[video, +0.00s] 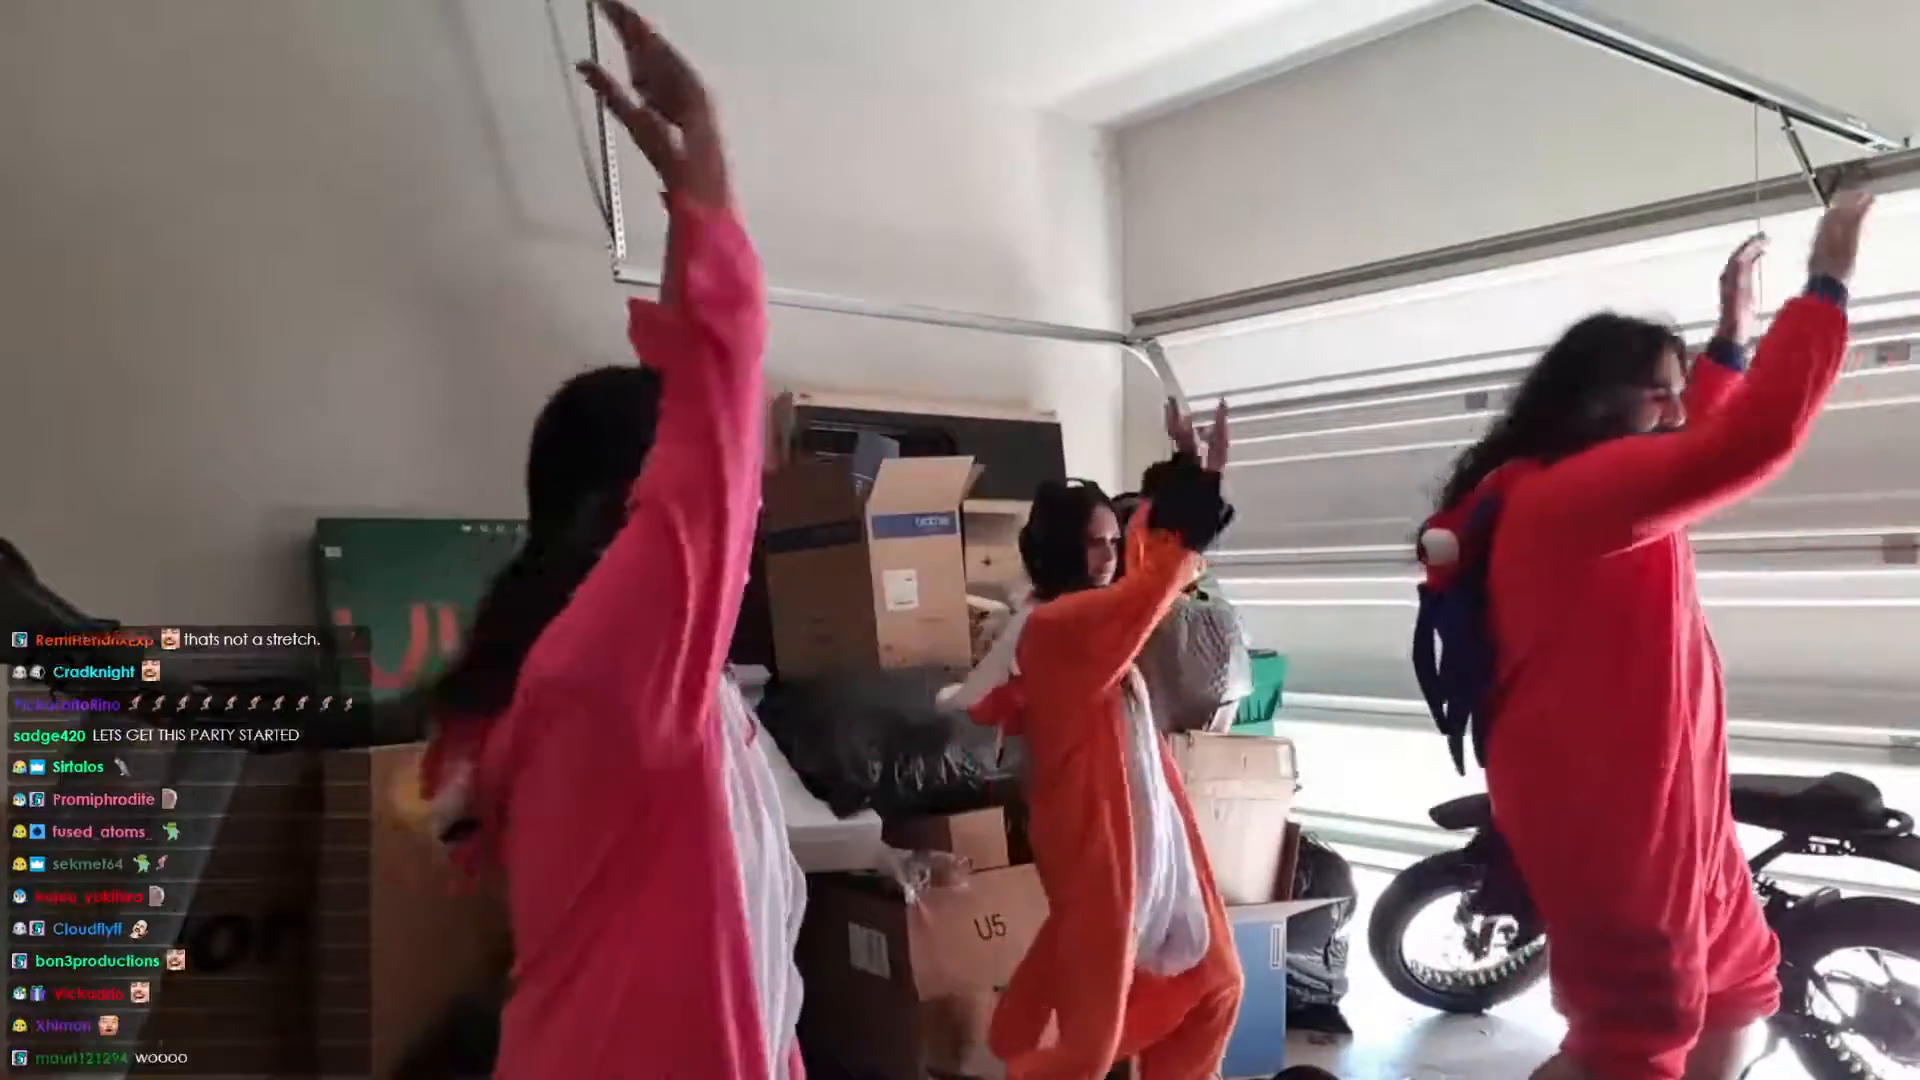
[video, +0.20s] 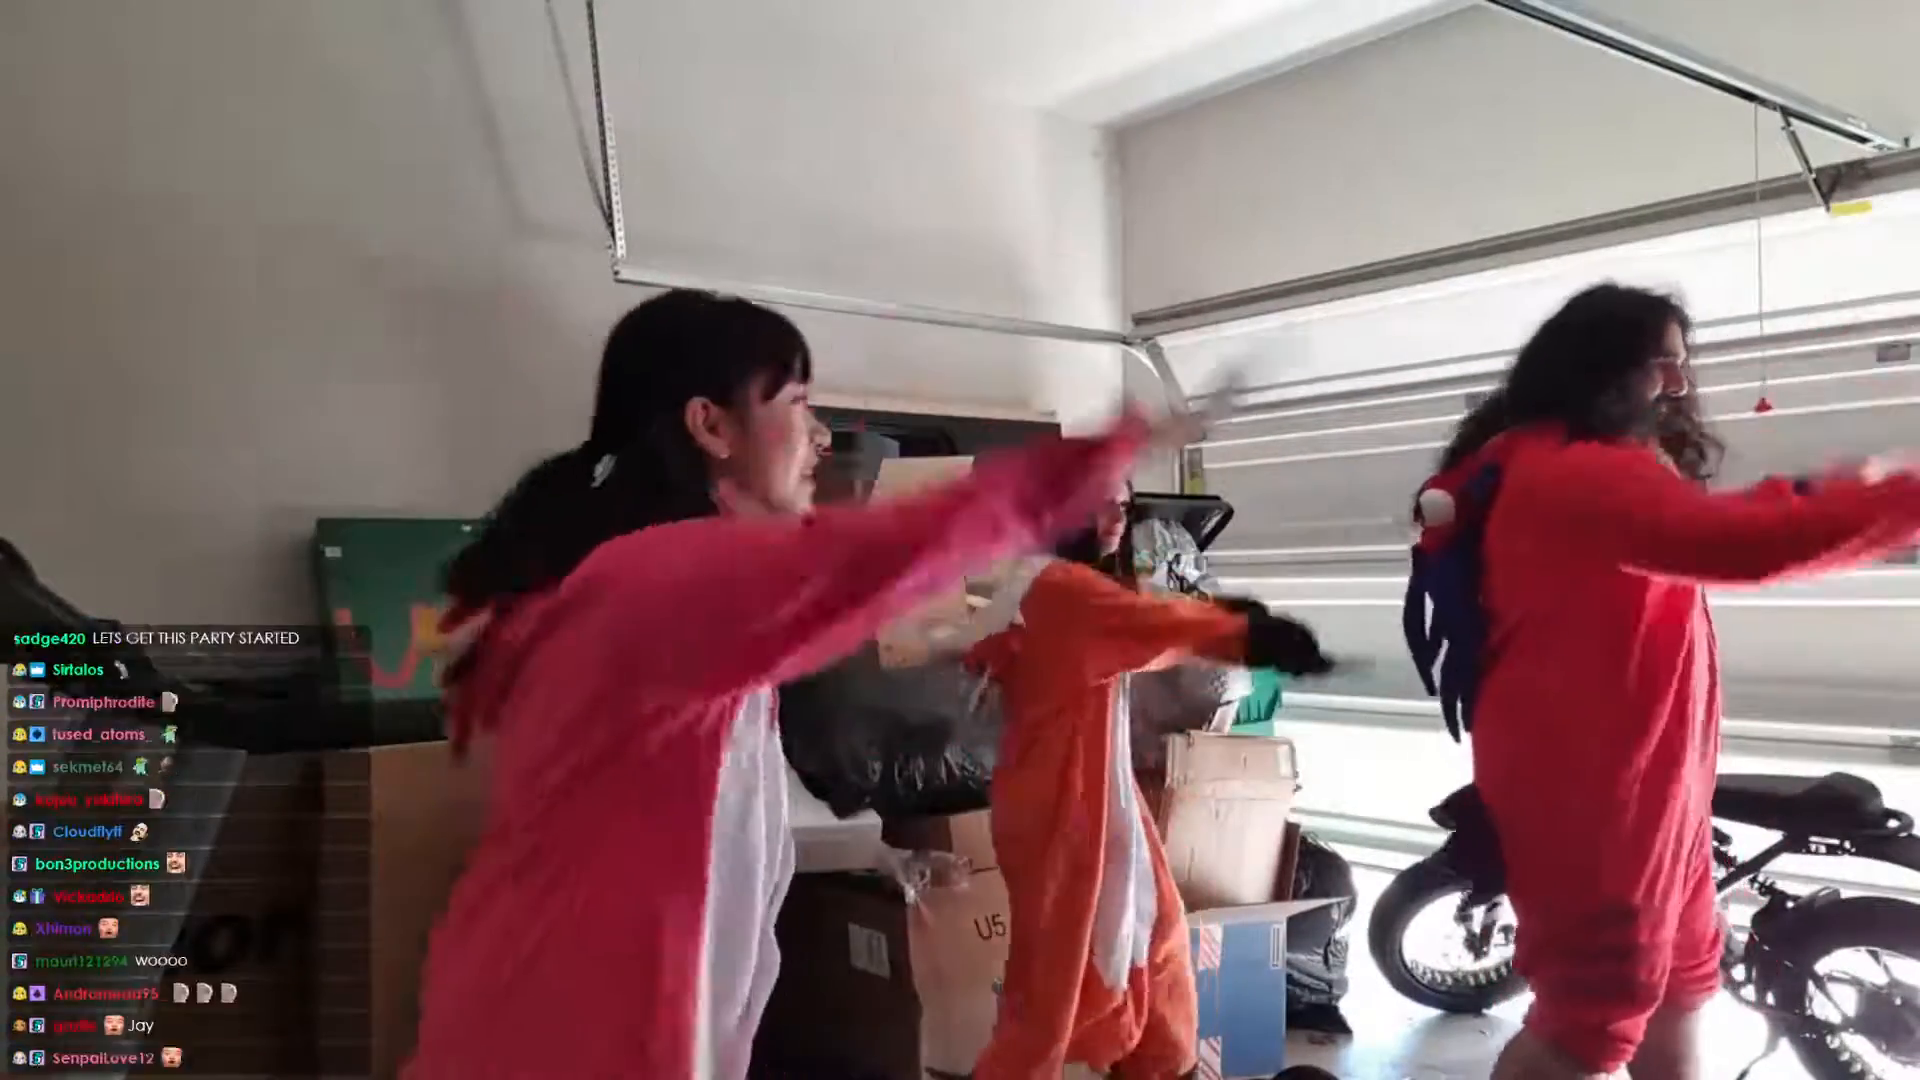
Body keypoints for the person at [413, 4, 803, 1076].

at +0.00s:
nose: (735, 518)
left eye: (728, 488)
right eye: (701, 485)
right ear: (630, 498)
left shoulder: (698, 696)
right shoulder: (602, 684)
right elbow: (702, 475)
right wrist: (702, 192)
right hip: (639, 1066)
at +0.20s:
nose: (821, 434)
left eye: (810, 403)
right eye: (795, 403)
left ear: (714, 432)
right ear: (711, 427)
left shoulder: (694, 601)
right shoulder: (637, 586)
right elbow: (876, 554)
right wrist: (1099, 461)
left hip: (658, 1026)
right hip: (576, 1036)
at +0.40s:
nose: (912, 538)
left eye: (901, 514)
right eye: (885, 514)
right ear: (799, 547)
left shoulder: (777, 723)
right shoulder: (714, 739)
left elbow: (791, 976)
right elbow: (740, 1031)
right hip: (487, 1051)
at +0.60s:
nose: (791, 461)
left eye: (783, 430)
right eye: (765, 424)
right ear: (672, 436)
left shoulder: (659, 611)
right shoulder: (634, 628)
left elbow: (800, 794)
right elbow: (807, 878)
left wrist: (936, 905)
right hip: (551, 1051)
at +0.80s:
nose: (705, 483)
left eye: (700, 457)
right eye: (685, 458)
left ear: (602, 494)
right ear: (610, 488)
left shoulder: (541, 652)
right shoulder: (576, 651)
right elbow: (757, 491)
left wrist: (774, 299)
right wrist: (866, 215)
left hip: (556, 1040)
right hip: (630, 1050)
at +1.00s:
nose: (737, 488)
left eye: (745, 455)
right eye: (724, 455)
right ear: (653, 457)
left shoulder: (662, 646)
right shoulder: (585, 628)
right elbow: (757, 458)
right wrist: (841, 216)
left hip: (679, 1050)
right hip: (608, 1053)